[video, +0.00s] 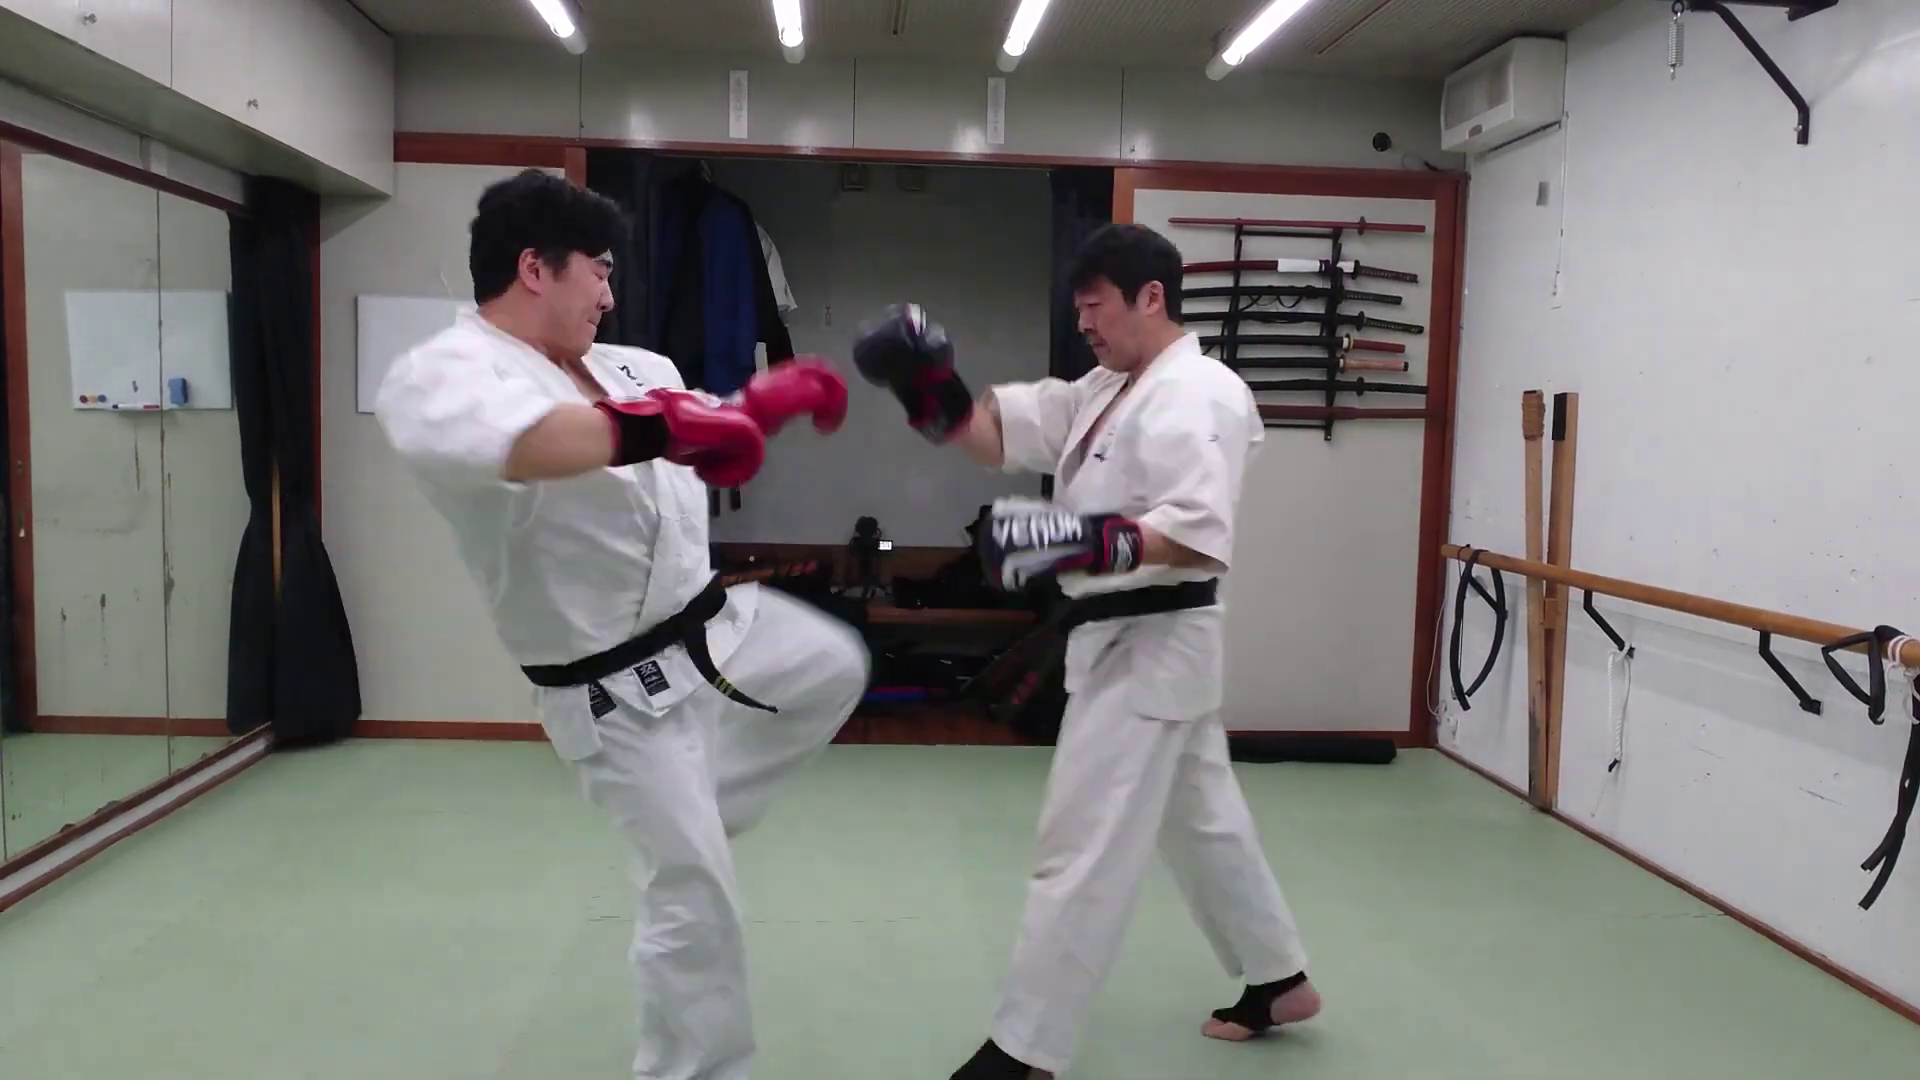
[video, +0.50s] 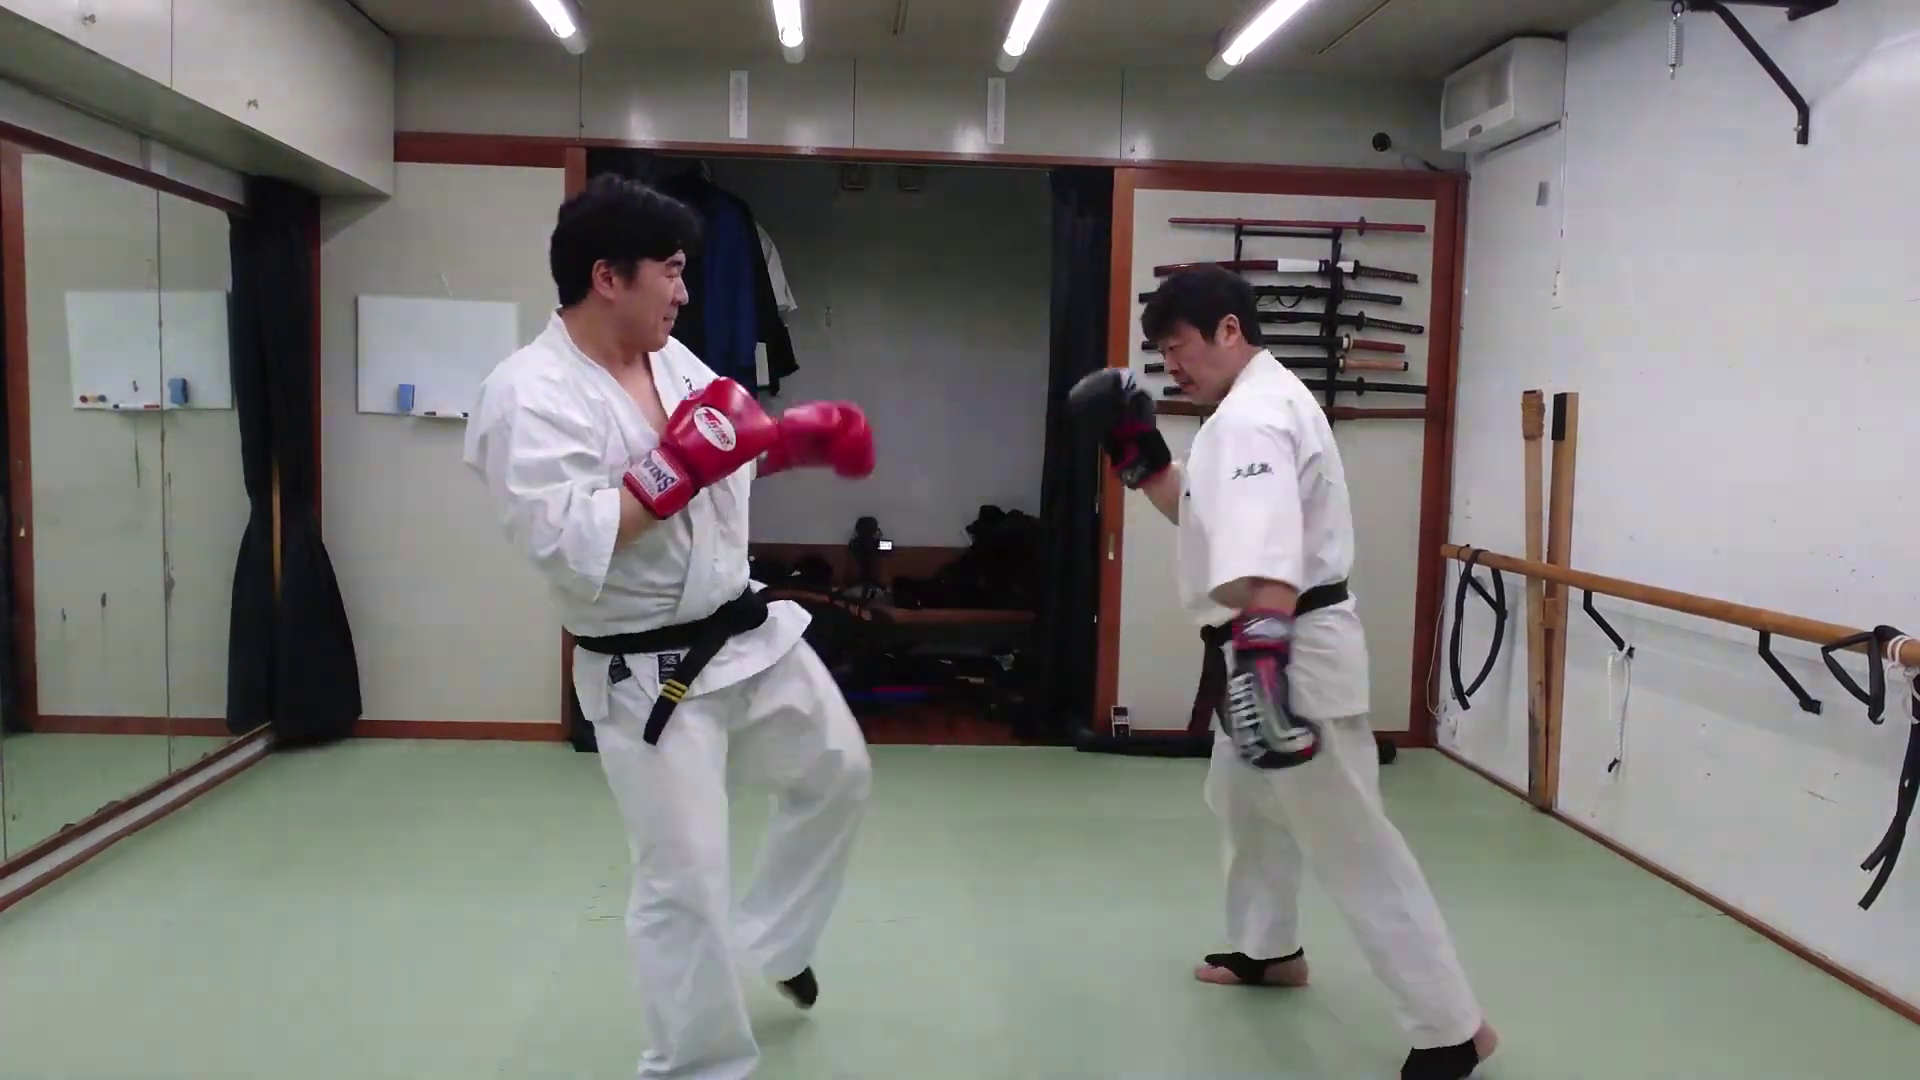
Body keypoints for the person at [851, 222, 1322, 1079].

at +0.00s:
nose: (1085, 328)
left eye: (1094, 309)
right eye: (1080, 313)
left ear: (1152, 298)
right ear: (1140, 304)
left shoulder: (1199, 395)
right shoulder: (1107, 387)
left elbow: (1193, 536)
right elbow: (998, 431)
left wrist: (1081, 540)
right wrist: (931, 388)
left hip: (1155, 647)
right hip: (1121, 640)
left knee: (1082, 849)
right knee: (1202, 819)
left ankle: (1023, 1051)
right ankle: (1278, 984)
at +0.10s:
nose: (1119, 329)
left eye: (1134, 309)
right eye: (1110, 314)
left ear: (1188, 302)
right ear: (1111, 317)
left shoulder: (1234, 394)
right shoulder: (1122, 412)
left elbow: (1161, 497)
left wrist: (1031, 477)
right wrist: (1013, 471)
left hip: (1237, 635)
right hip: (1166, 636)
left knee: (1167, 825)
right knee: (1220, 814)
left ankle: (1124, 1035)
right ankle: (1278, 986)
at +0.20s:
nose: (1137, 330)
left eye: (1151, 309)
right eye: (1127, 316)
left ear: (1204, 295)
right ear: (1126, 315)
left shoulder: (1220, 380)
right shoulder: (1186, 381)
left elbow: (1086, 493)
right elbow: (1101, 473)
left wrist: (996, 514)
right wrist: (1038, 415)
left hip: (1296, 628)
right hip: (1235, 633)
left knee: (1281, 830)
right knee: (1193, 804)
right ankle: (1247, 968)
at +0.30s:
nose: (1155, 354)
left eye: (1168, 333)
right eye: (1146, 338)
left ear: (1225, 321)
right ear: (1146, 340)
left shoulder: (1242, 402)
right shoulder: (1205, 402)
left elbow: (1118, 524)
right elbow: (1109, 454)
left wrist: (1028, 581)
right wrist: (1079, 359)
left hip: (1335, 650)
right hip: (1254, 654)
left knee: (1396, 859)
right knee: (1195, 805)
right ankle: (1233, 925)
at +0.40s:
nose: (1176, 379)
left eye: (1186, 359)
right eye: (1168, 365)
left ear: (1238, 343)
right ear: (1223, 353)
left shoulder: (1266, 426)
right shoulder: (1233, 421)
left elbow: (1186, 557)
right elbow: (1150, 482)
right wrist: (1133, 391)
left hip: (1332, 662)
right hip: (1267, 666)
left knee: (1402, 863)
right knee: (1235, 813)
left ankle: (1465, 1043)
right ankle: (1267, 944)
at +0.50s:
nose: (1168, 365)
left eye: (1176, 346)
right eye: (1161, 351)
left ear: (1228, 333)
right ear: (1225, 340)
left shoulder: (1257, 414)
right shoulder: (1241, 407)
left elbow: (1273, 557)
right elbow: (1211, 526)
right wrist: (1141, 459)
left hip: (1297, 644)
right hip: (1256, 639)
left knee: (1349, 837)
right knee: (1240, 797)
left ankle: (1451, 1027)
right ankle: (1268, 948)